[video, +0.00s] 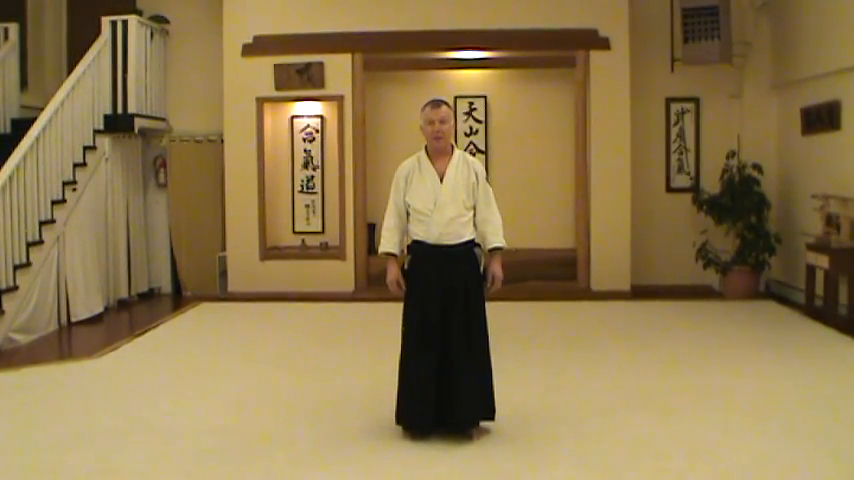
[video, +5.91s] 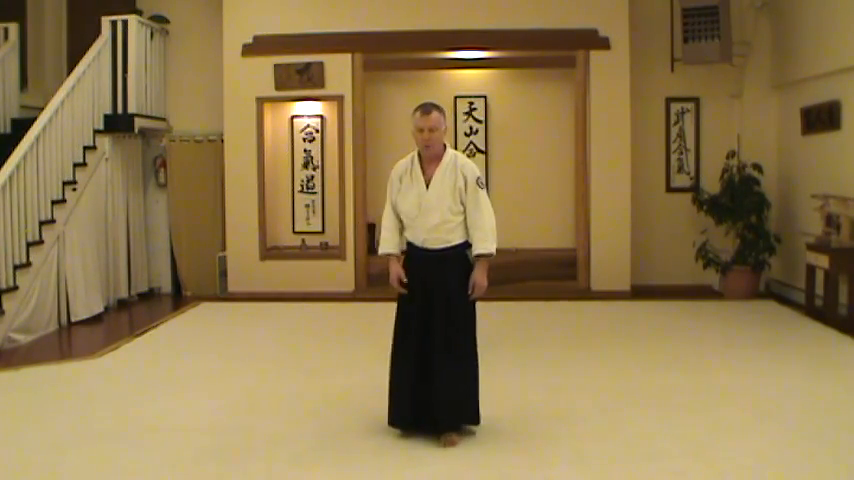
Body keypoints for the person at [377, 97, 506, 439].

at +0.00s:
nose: (437, 128)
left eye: (443, 122)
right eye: (431, 123)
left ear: (454, 125)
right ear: (421, 128)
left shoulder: (471, 166)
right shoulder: (408, 170)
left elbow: (486, 211)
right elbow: (394, 216)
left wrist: (494, 256)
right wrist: (392, 261)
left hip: (462, 260)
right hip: (423, 260)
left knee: (463, 336)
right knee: (422, 336)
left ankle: (463, 416)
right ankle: (420, 417)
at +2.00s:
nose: (433, 125)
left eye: (439, 119)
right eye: (426, 120)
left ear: (451, 125)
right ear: (418, 127)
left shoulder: (469, 167)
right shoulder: (405, 170)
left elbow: (484, 212)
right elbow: (392, 217)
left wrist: (491, 256)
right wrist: (389, 261)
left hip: (461, 260)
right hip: (422, 260)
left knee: (462, 336)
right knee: (422, 337)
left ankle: (463, 417)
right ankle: (421, 418)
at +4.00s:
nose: (435, 132)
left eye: (441, 126)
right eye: (429, 127)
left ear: (451, 128)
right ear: (419, 130)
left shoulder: (469, 168)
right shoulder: (405, 170)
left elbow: (485, 213)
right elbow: (392, 217)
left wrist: (493, 257)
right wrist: (389, 261)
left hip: (460, 260)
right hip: (421, 261)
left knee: (462, 337)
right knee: (421, 337)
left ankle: (463, 417)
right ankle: (420, 418)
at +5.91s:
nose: (427, 137)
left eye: (433, 130)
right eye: (421, 131)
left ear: (445, 130)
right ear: (413, 132)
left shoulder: (463, 168)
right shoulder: (401, 170)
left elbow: (480, 215)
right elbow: (391, 217)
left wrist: (481, 265)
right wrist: (393, 260)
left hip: (453, 262)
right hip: (416, 262)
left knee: (451, 339)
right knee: (414, 338)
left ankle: (450, 422)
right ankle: (414, 417)